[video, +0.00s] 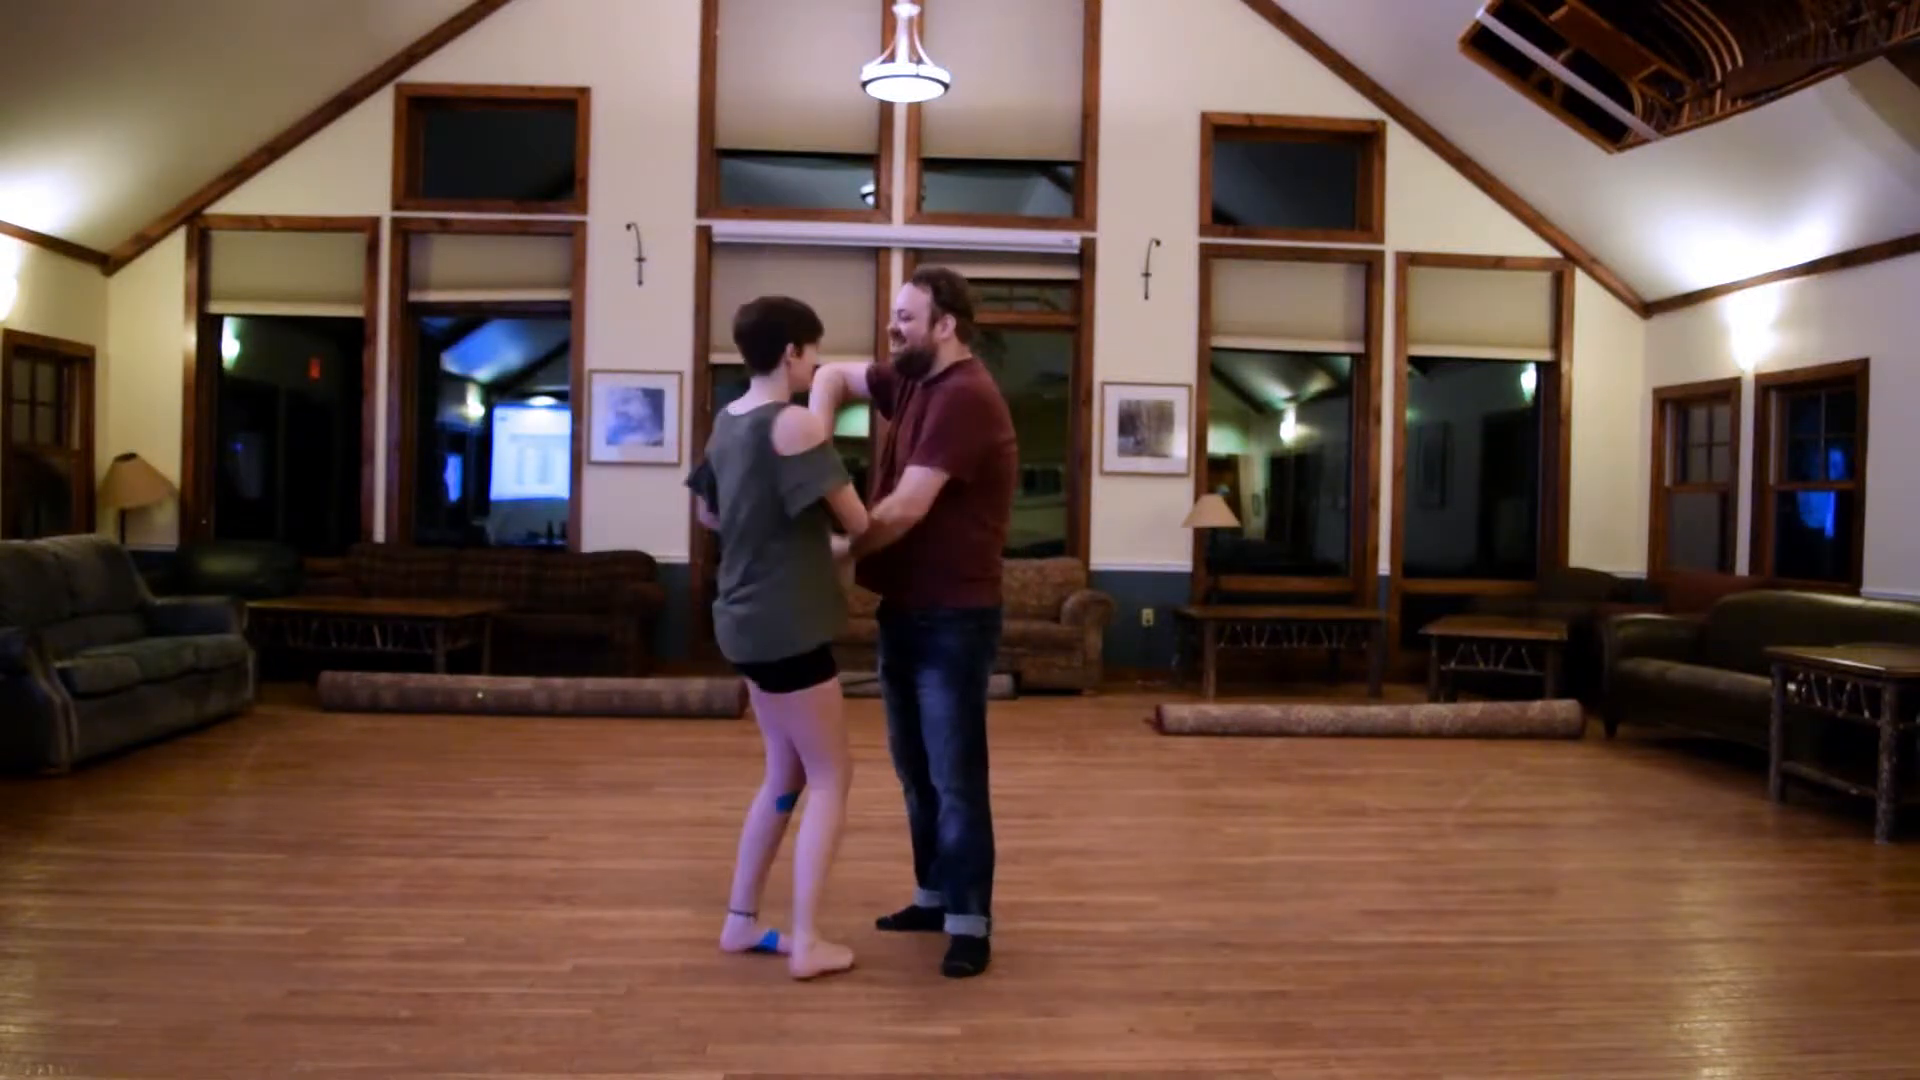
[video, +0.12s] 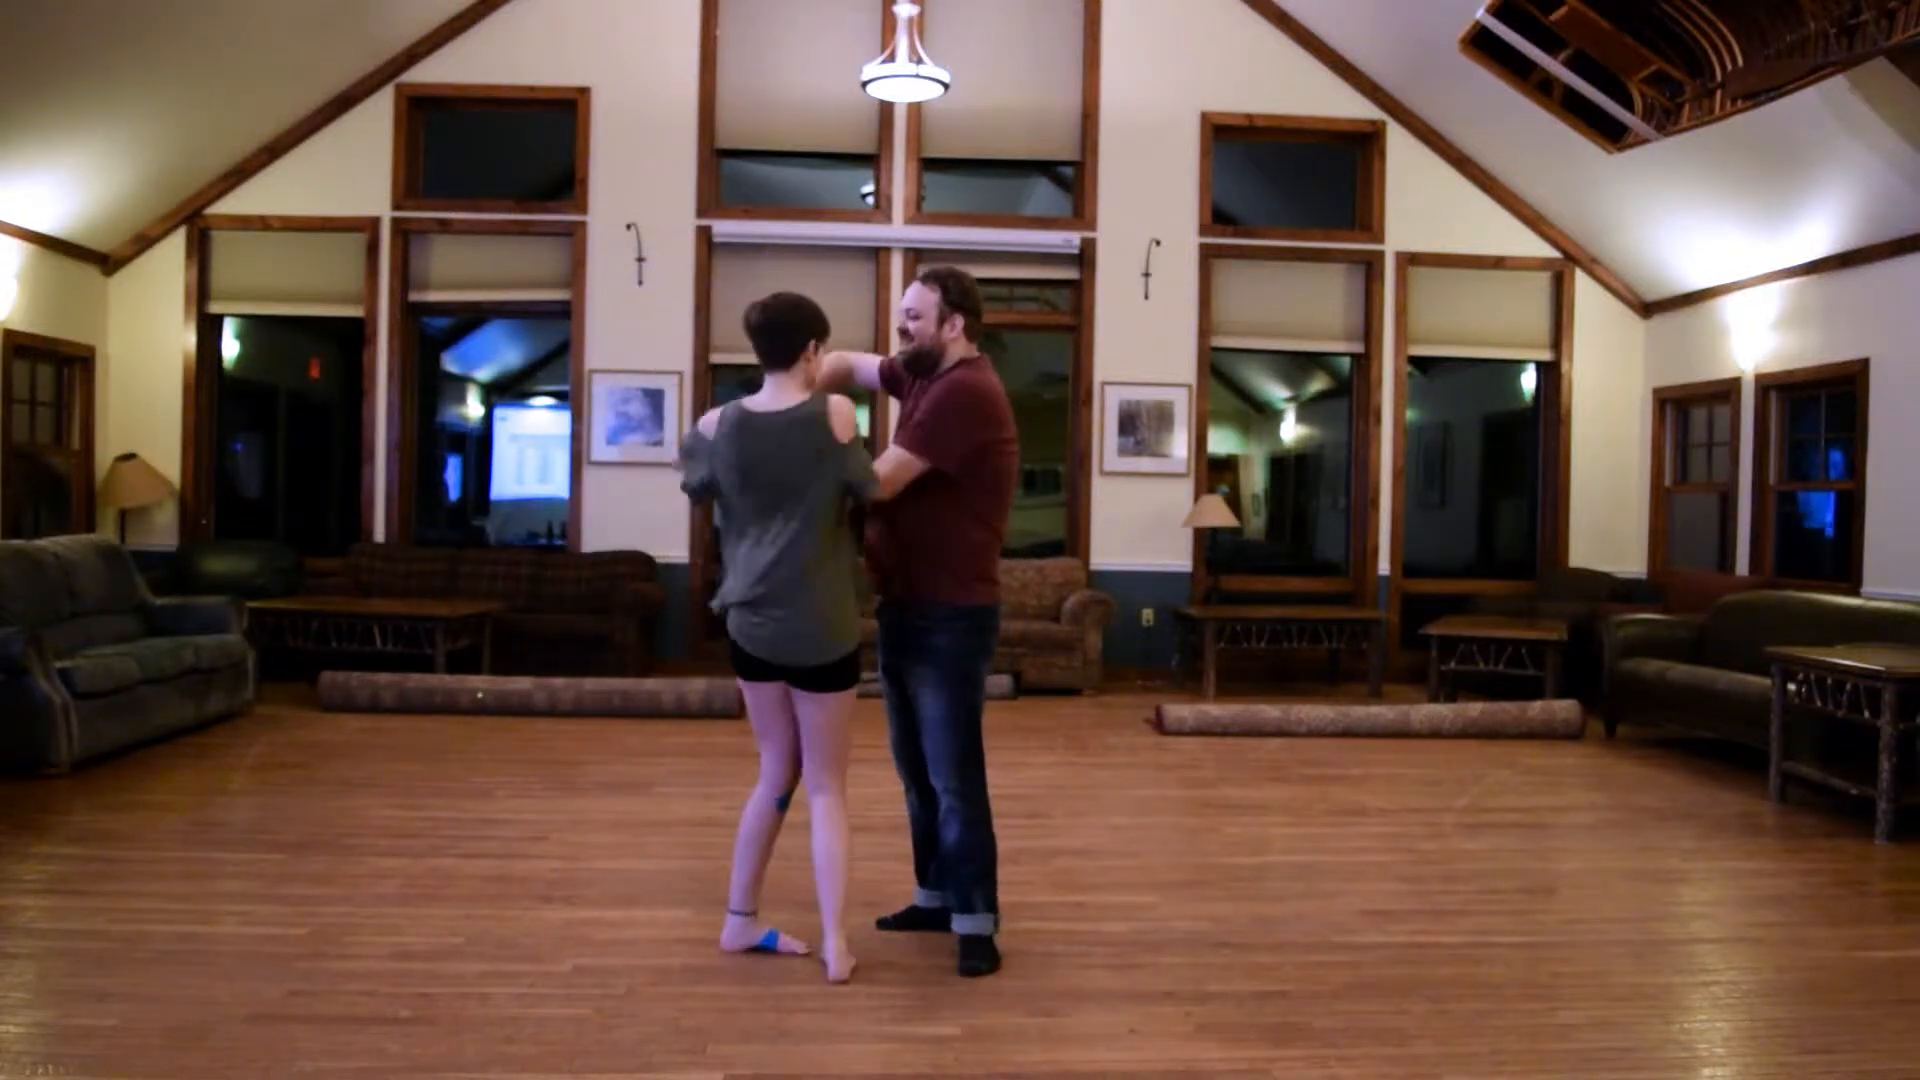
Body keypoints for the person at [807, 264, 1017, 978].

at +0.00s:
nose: (894, 329)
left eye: (906, 318)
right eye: (894, 318)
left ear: (946, 325)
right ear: (911, 325)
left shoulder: (964, 394)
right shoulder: (906, 379)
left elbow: (907, 506)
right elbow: (831, 374)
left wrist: (850, 542)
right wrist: (814, 437)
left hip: (956, 610)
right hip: (905, 604)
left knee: (954, 770)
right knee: (914, 763)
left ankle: (971, 919)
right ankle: (934, 896)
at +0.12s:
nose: (901, 331)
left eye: (913, 320)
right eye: (901, 320)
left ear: (955, 326)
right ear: (919, 325)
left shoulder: (965, 391)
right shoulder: (919, 374)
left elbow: (876, 483)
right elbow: (841, 365)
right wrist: (799, 388)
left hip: (952, 610)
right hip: (907, 604)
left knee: (952, 770)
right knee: (916, 765)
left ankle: (977, 921)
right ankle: (936, 897)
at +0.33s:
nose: (913, 321)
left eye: (927, 312)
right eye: (914, 311)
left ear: (968, 322)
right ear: (944, 321)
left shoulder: (977, 380)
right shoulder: (940, 368)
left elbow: (864, 399)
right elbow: (868, 336)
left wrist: (790, 352)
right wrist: (793, 303)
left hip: (953, 604)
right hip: (907, 599)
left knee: (956, 771)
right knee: (918, 765)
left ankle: (980, 921)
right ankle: (938, 898)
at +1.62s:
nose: (909, 330)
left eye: (924, 316)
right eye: (904, 317)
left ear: (963, 321)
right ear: (904, 322)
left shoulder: (983, 393)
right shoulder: (920, 388)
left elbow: (902, 442)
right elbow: (868, 434)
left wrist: (904, 360)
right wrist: (868, 341)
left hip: (963, 613)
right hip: (902, 611)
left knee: (966, 775)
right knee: (903, 767)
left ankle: (984, 923)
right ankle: (916, 908)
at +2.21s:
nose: (991, 327)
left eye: (1005, 314)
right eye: (990, 315)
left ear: (1049, 315)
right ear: (1007, 321)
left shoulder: (1067, 385)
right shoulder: (1023, 381)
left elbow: (973, 424)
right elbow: (932, 413)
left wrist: (972, 349)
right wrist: (940, 329)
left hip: (1044, 619)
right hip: (995, 613)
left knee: (1032, 776)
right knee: (957, 739)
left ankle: (1038, 924)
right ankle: (1005, 877)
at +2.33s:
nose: (1018, 322)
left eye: (1030, 310)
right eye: (1016, 311)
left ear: (1073, 314)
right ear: (1032, 317)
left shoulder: (1090, 384)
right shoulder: (1045, 372)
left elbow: (990, 427)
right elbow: (969, 396)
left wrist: (977, 347)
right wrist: (966, 329)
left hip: (1064, 617)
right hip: (1019, 611)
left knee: (1045, 775)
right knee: (998, 748)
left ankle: (1039, 928)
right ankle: (1099, 863)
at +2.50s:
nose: (1044, 327)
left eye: (1056, 315)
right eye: (1044, 316)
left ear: (1097, 318)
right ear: (1082, 319)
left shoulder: (1111, 389)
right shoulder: (1080, 373)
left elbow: (1001, 434)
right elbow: (983, 401)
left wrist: (1002, 353)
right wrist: (984, 335)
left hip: (1085, 618)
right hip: (1068, 613)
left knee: (1051, 775)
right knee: (1089, 765)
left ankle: (1040, 927)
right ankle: (1153, 910)